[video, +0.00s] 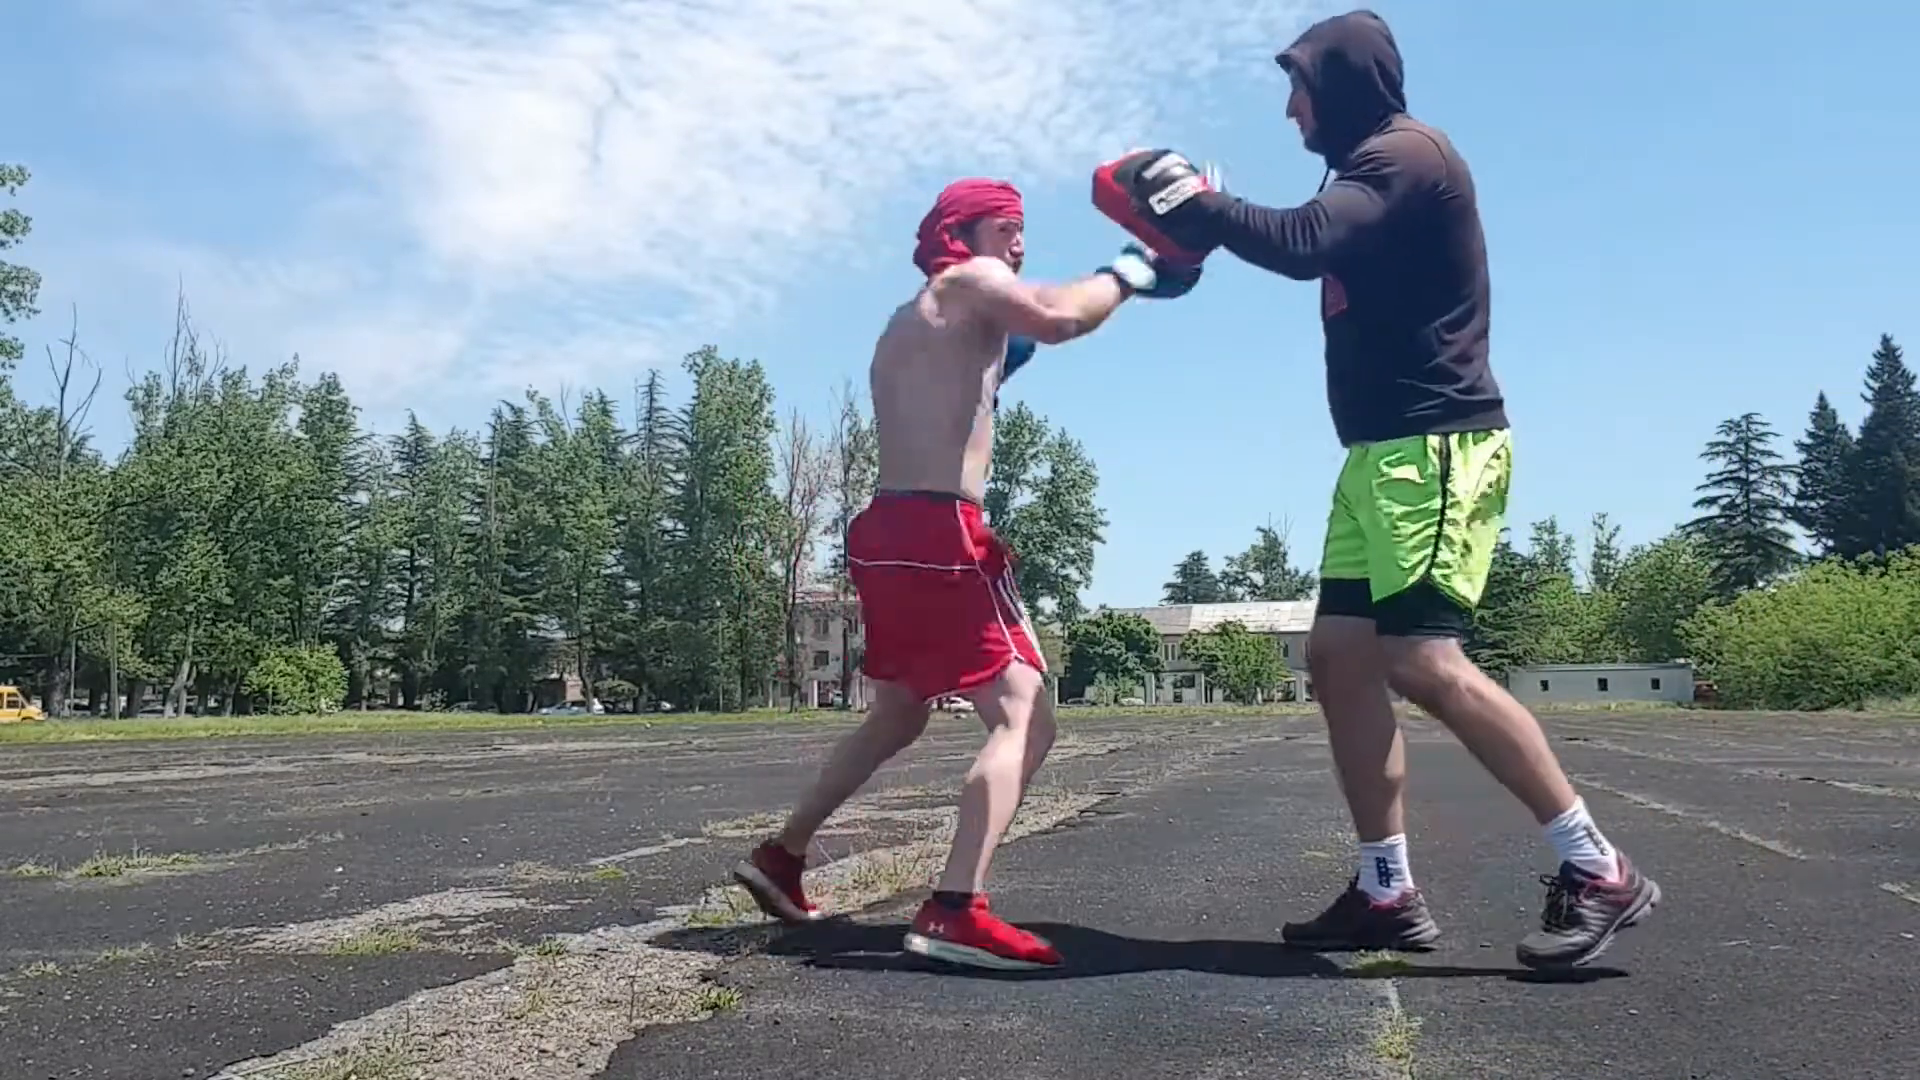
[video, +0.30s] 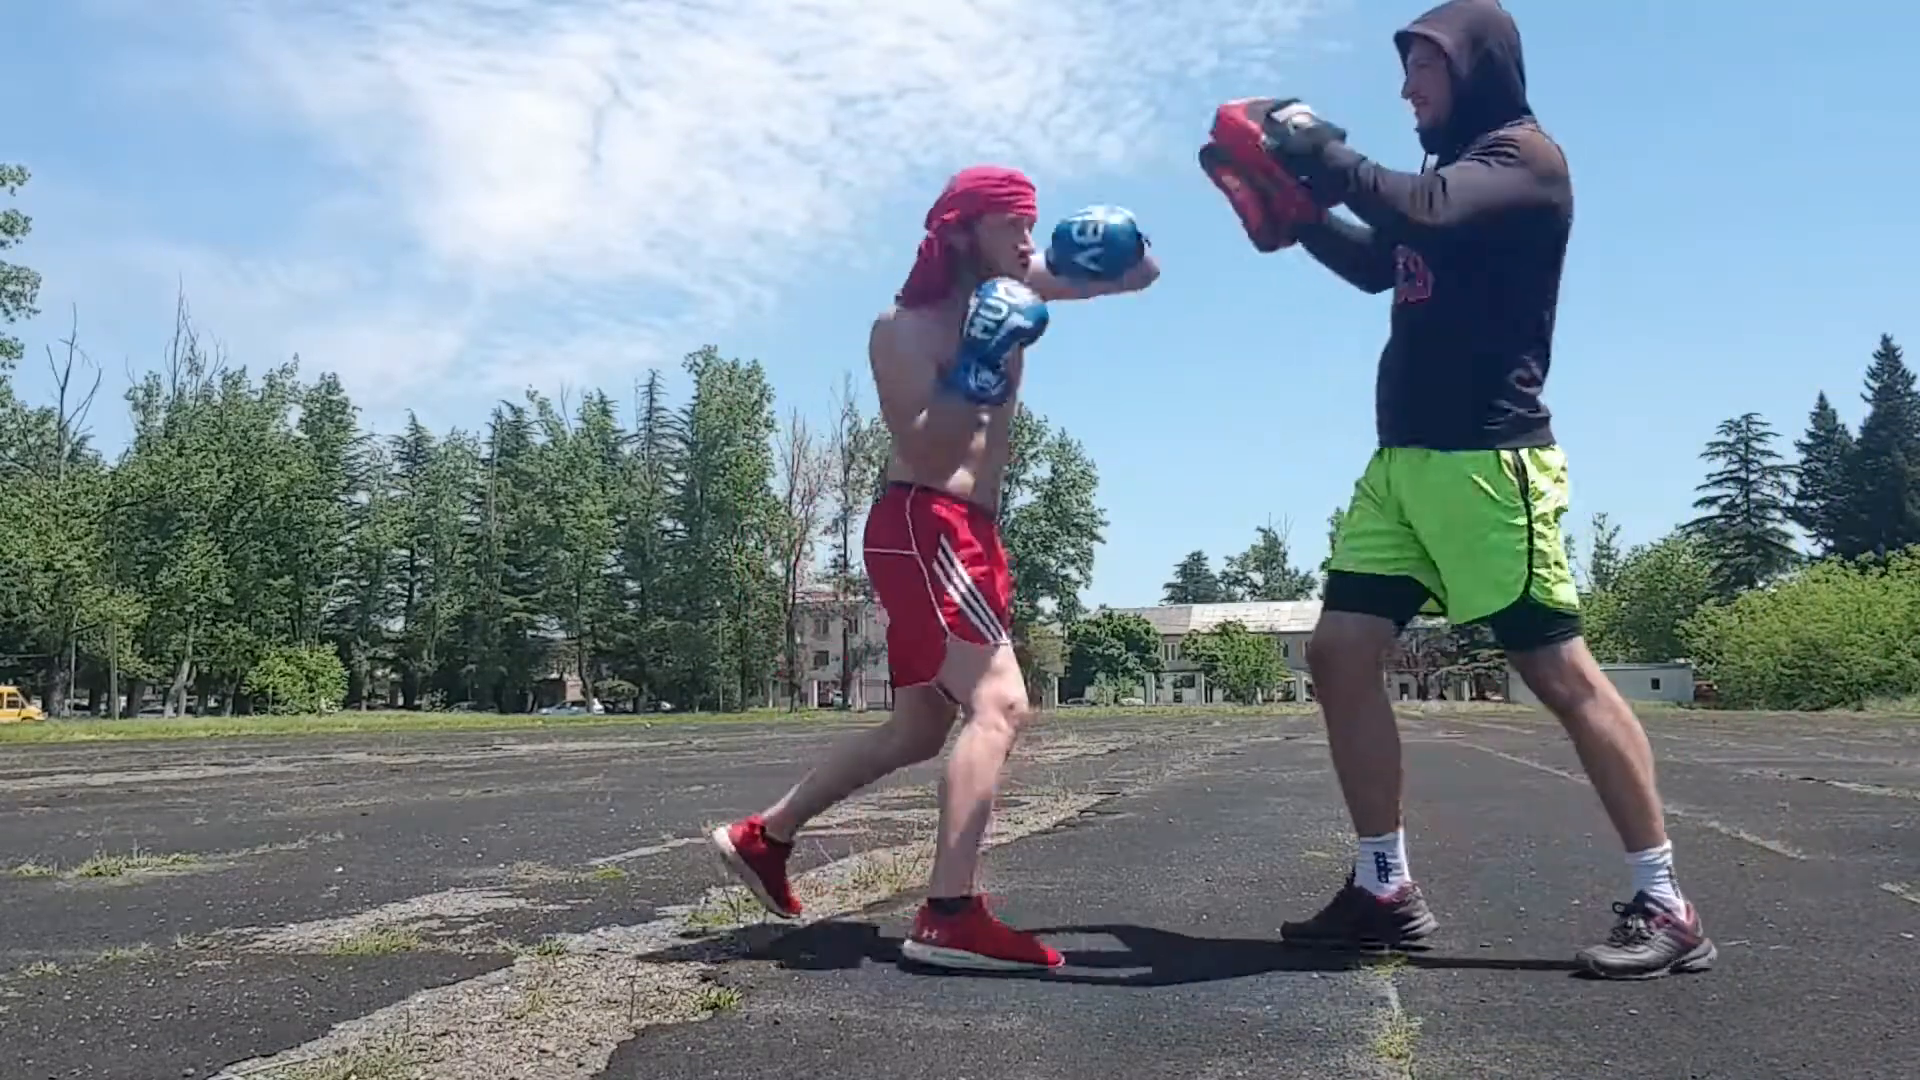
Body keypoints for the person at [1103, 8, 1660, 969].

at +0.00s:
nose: (1290, 110)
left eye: (1298, 90)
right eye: (1291, 91)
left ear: (1343, 86)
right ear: (1356, 82)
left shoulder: (1405, 155)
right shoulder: (1367, 165)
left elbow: (1303, 241)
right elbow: (1300, 245)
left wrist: (1192, 197)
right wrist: (1202, 203)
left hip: (1438, 444)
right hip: (1379, 449)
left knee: (1421, 658)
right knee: (1341, 658)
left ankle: (1598, 869)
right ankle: (1385, 894)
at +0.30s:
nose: (1405, 82)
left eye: (1422, 64)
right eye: (1404, 66)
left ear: (1477, 69)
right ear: (1429, 77)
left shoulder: (1530, 156)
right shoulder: (1429, 179)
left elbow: (1425, 201)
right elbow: (1373, 266)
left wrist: (1325, 149)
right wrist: (1297, 219)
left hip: (1495, 464)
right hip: (1400, 464)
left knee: (1567, 679)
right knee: (1341, 656)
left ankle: (1665, 905)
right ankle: (1384, 891)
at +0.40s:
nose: (1417, 87)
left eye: (1432, 69)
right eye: (1416, 70)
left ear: (1486, 73)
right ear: (1453, 78)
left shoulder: (1549, 168)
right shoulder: (1447, 181)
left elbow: (1493, 270)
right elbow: (1393, 262)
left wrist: (1347, 184)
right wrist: (1319, 208)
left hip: (1521, 461)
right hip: (1426, 461)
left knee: (1585, 677)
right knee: (1338, 644)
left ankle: (1671, 909)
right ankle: (1392, 867)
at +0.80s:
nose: (1374, 116)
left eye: (1385, 96)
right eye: (1372, 100)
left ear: (1440, 93)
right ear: (1416, 102)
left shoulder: (1533, 157)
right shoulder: (1416, 184)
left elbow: (1496, 229)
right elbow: (1343, 241)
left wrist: (1369, 158)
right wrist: (1284, 182)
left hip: (1558, 451)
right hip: (1459, 461)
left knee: (1568, 657)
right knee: (1402, 643)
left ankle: (1665, 885)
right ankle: (1444, 871)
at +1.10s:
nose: (1378, 138)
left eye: (1392, 121)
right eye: (1375, 124)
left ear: (1442, 124)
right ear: (1392, 137)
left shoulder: (1517, 198)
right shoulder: (1401, 219)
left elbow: (1505, 270)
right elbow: (1306, 268)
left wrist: (1398, 215)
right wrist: (1258, 191)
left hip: (1537, 477)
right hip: (1441, 487)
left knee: (1592, 668)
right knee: (1424, 668)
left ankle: (1661, 884)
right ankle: (1476, 876)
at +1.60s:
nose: (1454, 162)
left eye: (1474, 147)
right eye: (1448, 152)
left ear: (1518, 157)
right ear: (1445, 165)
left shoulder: (1558, 224)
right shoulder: (1448, 248)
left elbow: (1531, 254)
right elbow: (1383, 304)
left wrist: (1441, 192)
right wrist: (1320, 286)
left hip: (1545, 492)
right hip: (1452, 489)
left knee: (1593, 677)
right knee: (1386, 640)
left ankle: (1632, 860)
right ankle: (1443, 826)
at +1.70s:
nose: (1461, 154)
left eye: (1479, 142)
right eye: (1452, 145)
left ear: (1516, 159)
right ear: (1439, 166)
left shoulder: (1563, 235)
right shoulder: (1441, 257)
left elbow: (1636, 271)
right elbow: (1374, 345)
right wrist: (1323, 330)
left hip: (1544, 487)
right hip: (1451, 486)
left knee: (1589, 673)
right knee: (1389, 646)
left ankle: (1629, 856)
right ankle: (1442, 804)